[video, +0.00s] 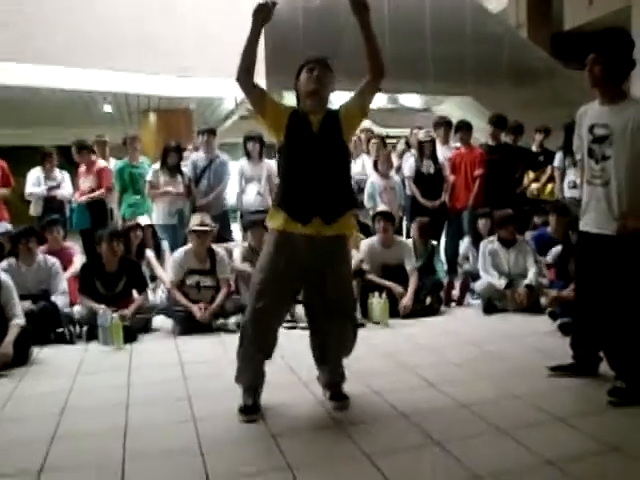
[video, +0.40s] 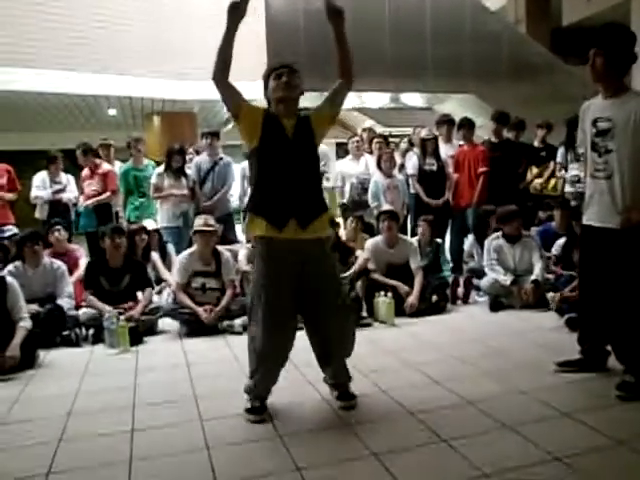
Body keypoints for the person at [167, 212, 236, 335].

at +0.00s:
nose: (202, 238)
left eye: (205, 233)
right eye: (197, 234)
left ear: (212, 235)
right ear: (191, 235)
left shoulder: (219, 256)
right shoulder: (180, 256)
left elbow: (225, 287)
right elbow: (172, 287)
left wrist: (212, 309)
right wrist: (192, 307)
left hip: (211, 301)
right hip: (187, 301)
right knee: (183, 323)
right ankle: (216, 324)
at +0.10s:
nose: (202, 241)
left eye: (206, 237)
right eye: (198, 237)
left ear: (213, 237)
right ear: (191, 238)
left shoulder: (221, 258)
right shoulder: (182, 258)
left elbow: (227, 289)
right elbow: (175, 290)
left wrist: (214, 311)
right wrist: (195, 310)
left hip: (214, 302)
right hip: (190, 302)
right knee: (184, 327)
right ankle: (220, 326)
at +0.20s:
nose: (202, 239)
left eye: (206, 235)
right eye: (198, 235)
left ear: (213, 237)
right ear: (192, 238)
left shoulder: (222, 257)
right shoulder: (182, 258)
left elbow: (228, 288)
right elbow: (175, 290)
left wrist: (214, 311)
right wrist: (195, 309)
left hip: (215, 303)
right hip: (191, 303)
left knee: (241, 304)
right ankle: (218, 326)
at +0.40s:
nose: (206, 239)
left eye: (210, 235)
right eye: (202, 235)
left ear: (216, 237)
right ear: (195, 237)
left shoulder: (224, 257)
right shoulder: (185, 258)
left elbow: (230, 288)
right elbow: (178, 290)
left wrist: (218, 310)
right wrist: (198, 310)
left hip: (218, 304)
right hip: (194, 304)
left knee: (245, 304)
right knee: (168, 310)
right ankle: (220, 326)